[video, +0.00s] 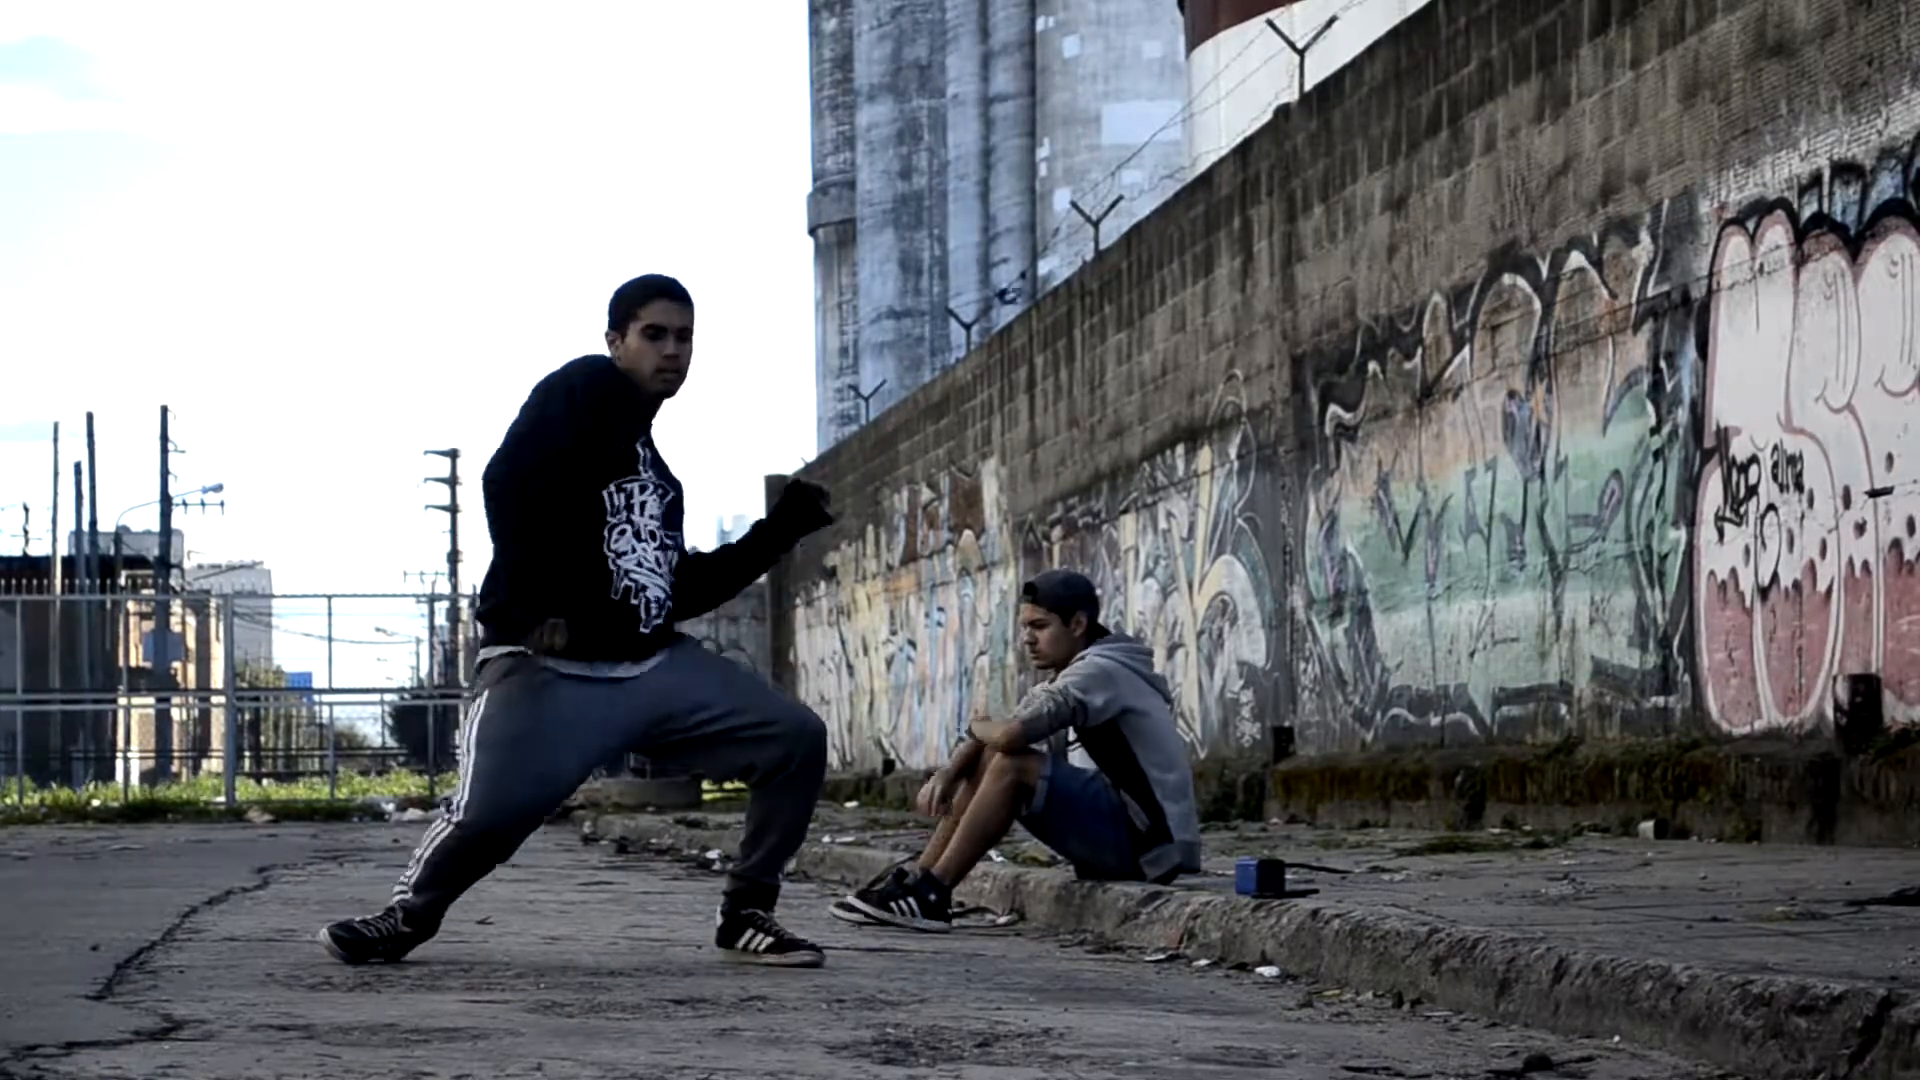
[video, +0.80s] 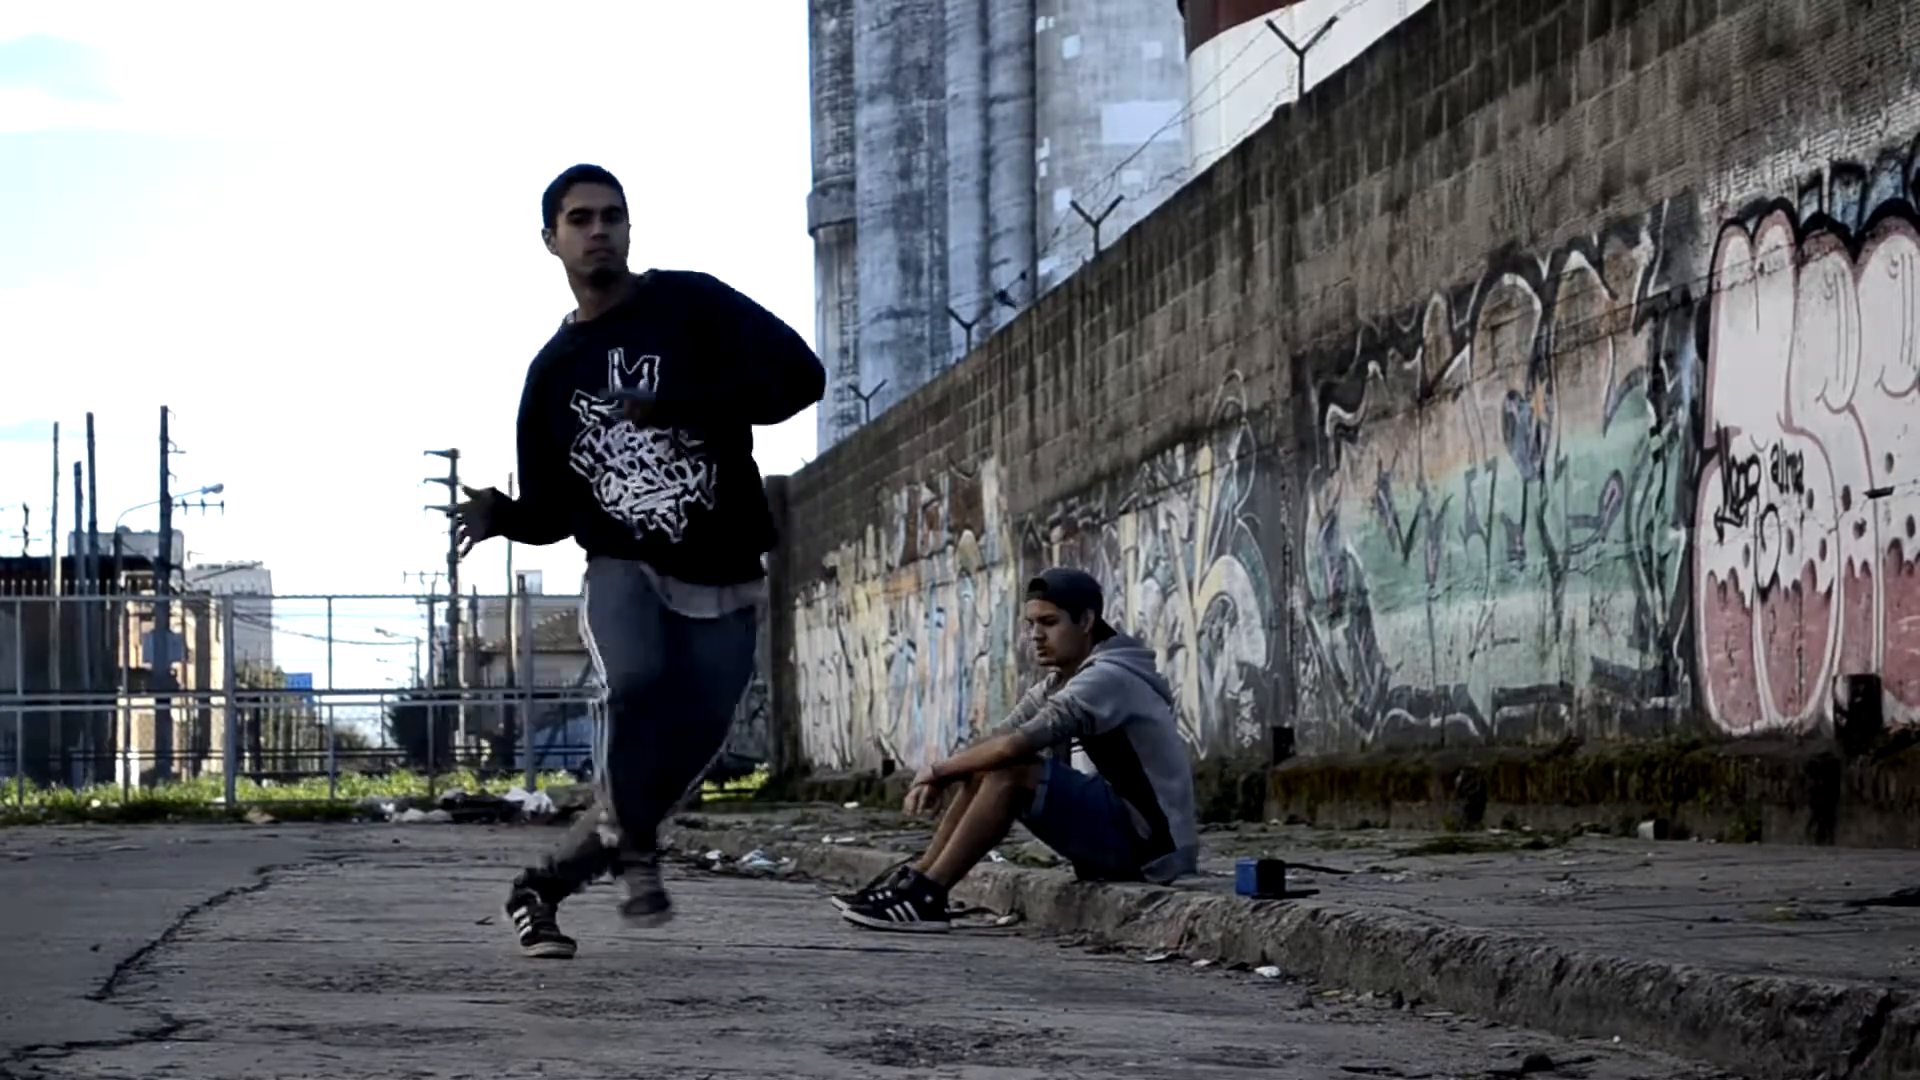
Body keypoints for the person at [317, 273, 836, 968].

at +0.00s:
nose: (674, 351)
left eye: (685, 338)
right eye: (656, 335)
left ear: (693, 349)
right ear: (616, 340)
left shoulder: (659, 480)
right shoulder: (585, 386)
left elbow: (681, 593)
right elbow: (510, 481)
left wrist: (778, 530)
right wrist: (538, 601)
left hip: (658, 664)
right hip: (550, 669)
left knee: (797, 738)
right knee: (489, 816)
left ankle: (747, 916)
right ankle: (406, 920)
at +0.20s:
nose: (564, 303)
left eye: (574, 289)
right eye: (545, 289)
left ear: (585, 299)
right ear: (504, 304)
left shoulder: (643, 394)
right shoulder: (476, 431)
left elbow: (706, 497)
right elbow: (470, 556)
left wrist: (733, 555)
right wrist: (443, 596)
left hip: (667, 632)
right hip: (542, 642)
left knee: (777, 732)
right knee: (450, 762)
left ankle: (816, 903)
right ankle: (396, 914)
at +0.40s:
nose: (574, 236)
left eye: (585, 221)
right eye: (555, 220)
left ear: (597, 233)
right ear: (517, 235)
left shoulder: (660, 316)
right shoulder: (485, 350)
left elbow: (791, 335)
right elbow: (378, 424)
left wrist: (701, 398)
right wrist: (482, 433)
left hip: (670, 594)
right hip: (541, 593)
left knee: (754, 733)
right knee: (437, 733)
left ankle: (786, 901)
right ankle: (391, 916)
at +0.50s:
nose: (597, 192)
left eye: (608, 177)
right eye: (579, 177)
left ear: (620, 185)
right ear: (542, 188)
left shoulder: (681, 283)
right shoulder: (507, 292)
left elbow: (762, 383)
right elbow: (409, 407)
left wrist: (716, 451)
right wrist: (501, 468)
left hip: (670, 557)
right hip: (549, 554)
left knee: (715, 715)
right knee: (475, 696)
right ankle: (442, 837)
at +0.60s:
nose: (599, 206)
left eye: (612, 191)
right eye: (581, 190)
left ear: (626, 202)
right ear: (546, 202)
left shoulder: (677, 296)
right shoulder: (518, 319)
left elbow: (715, 405)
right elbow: (469, 438)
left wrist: (718, 490)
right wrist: (511, 516)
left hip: (672, 562)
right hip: (572, 553)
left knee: (658, 766)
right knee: (524, 707)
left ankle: (548, 884)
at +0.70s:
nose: (591, 234)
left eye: (603, 221)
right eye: (572, 221)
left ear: (619, 234)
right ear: (541, 238)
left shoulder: (685, 325)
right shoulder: (527, 369)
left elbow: (756, 443)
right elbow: (511, 483)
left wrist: (721, 506)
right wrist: (510, 532)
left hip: (684, 581)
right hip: (590, 568)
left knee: (626, 788)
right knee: (581, 693)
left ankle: (532, 895)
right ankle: (492, 689)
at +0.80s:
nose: (600, 230)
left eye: (611, 216)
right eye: (581, 219)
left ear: (629, 228)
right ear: (552, 239)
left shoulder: (695, 301)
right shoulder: (552, 374)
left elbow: (801, 377)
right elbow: (555, 507)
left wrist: (701, 417)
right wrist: (504, 516)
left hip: (725, 569)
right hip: (625, 562)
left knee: (685, 754)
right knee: (634, 683)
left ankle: (544, 885)